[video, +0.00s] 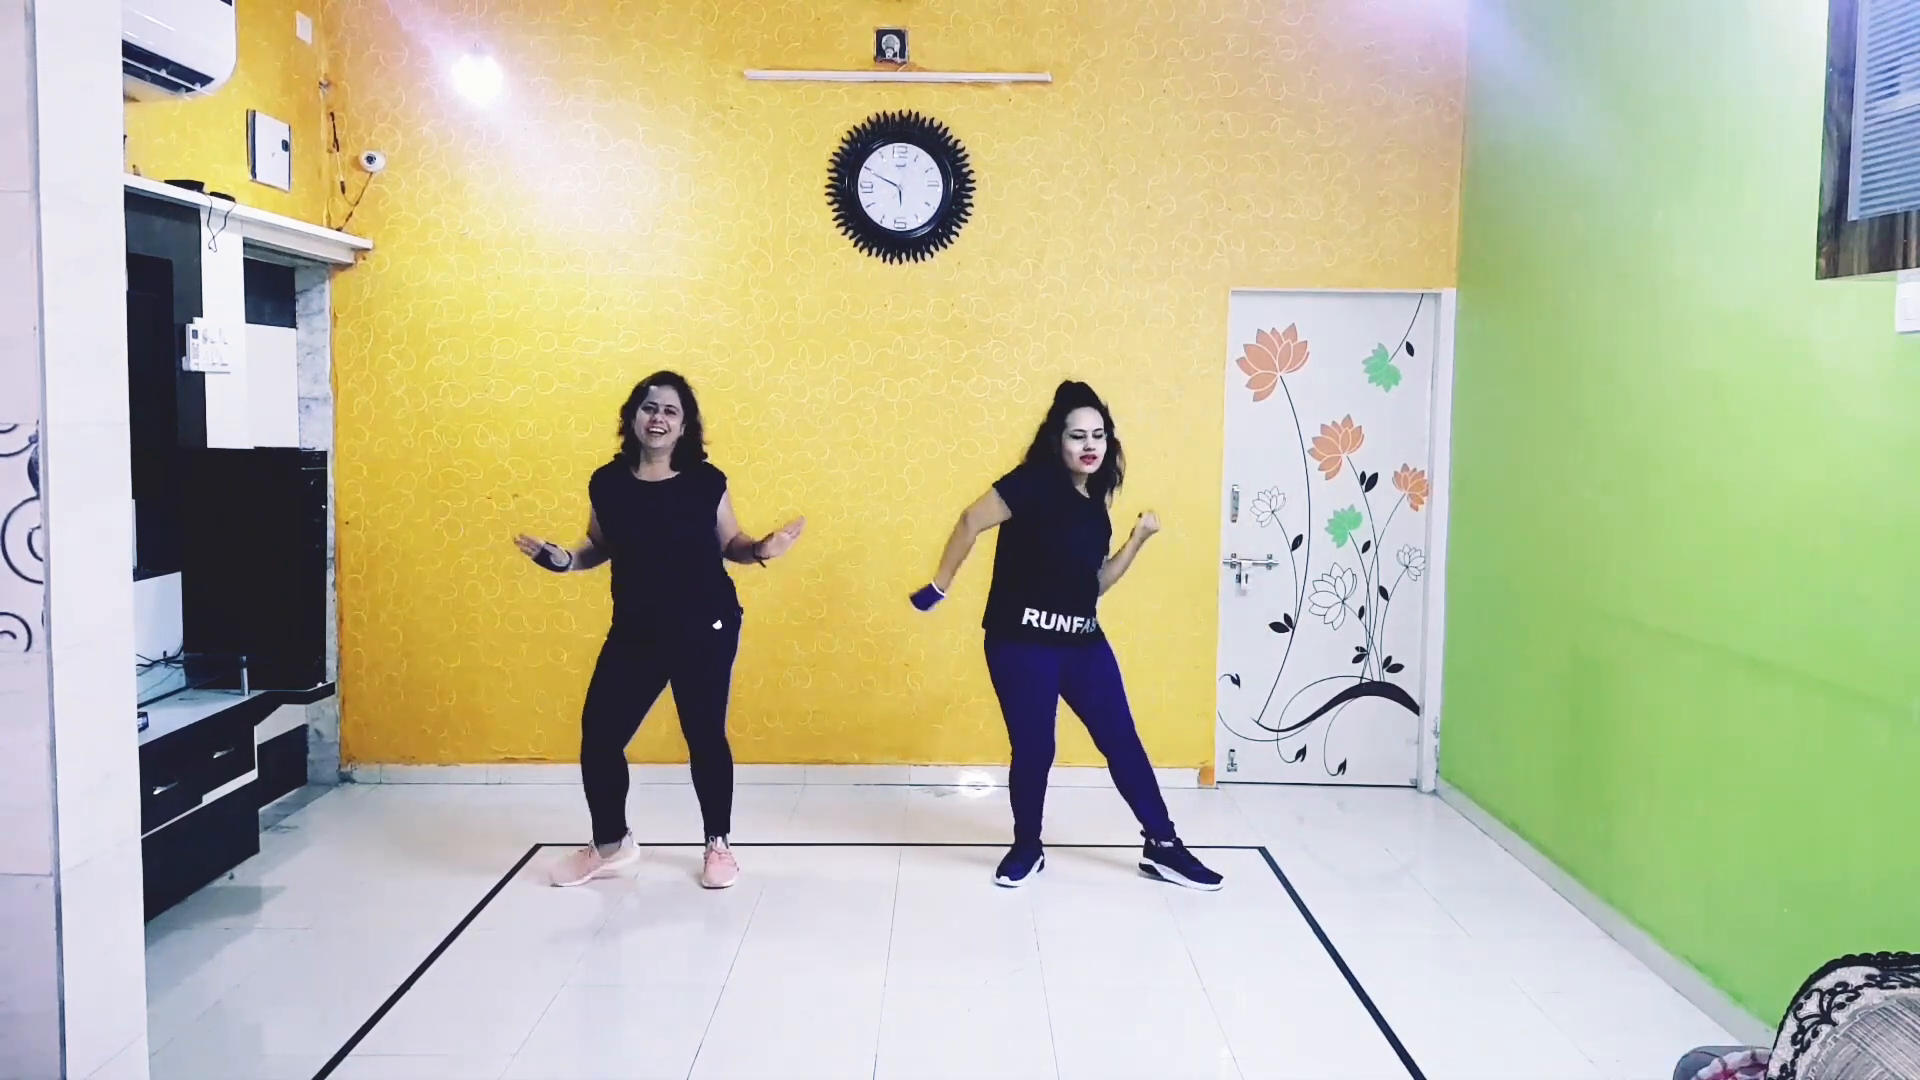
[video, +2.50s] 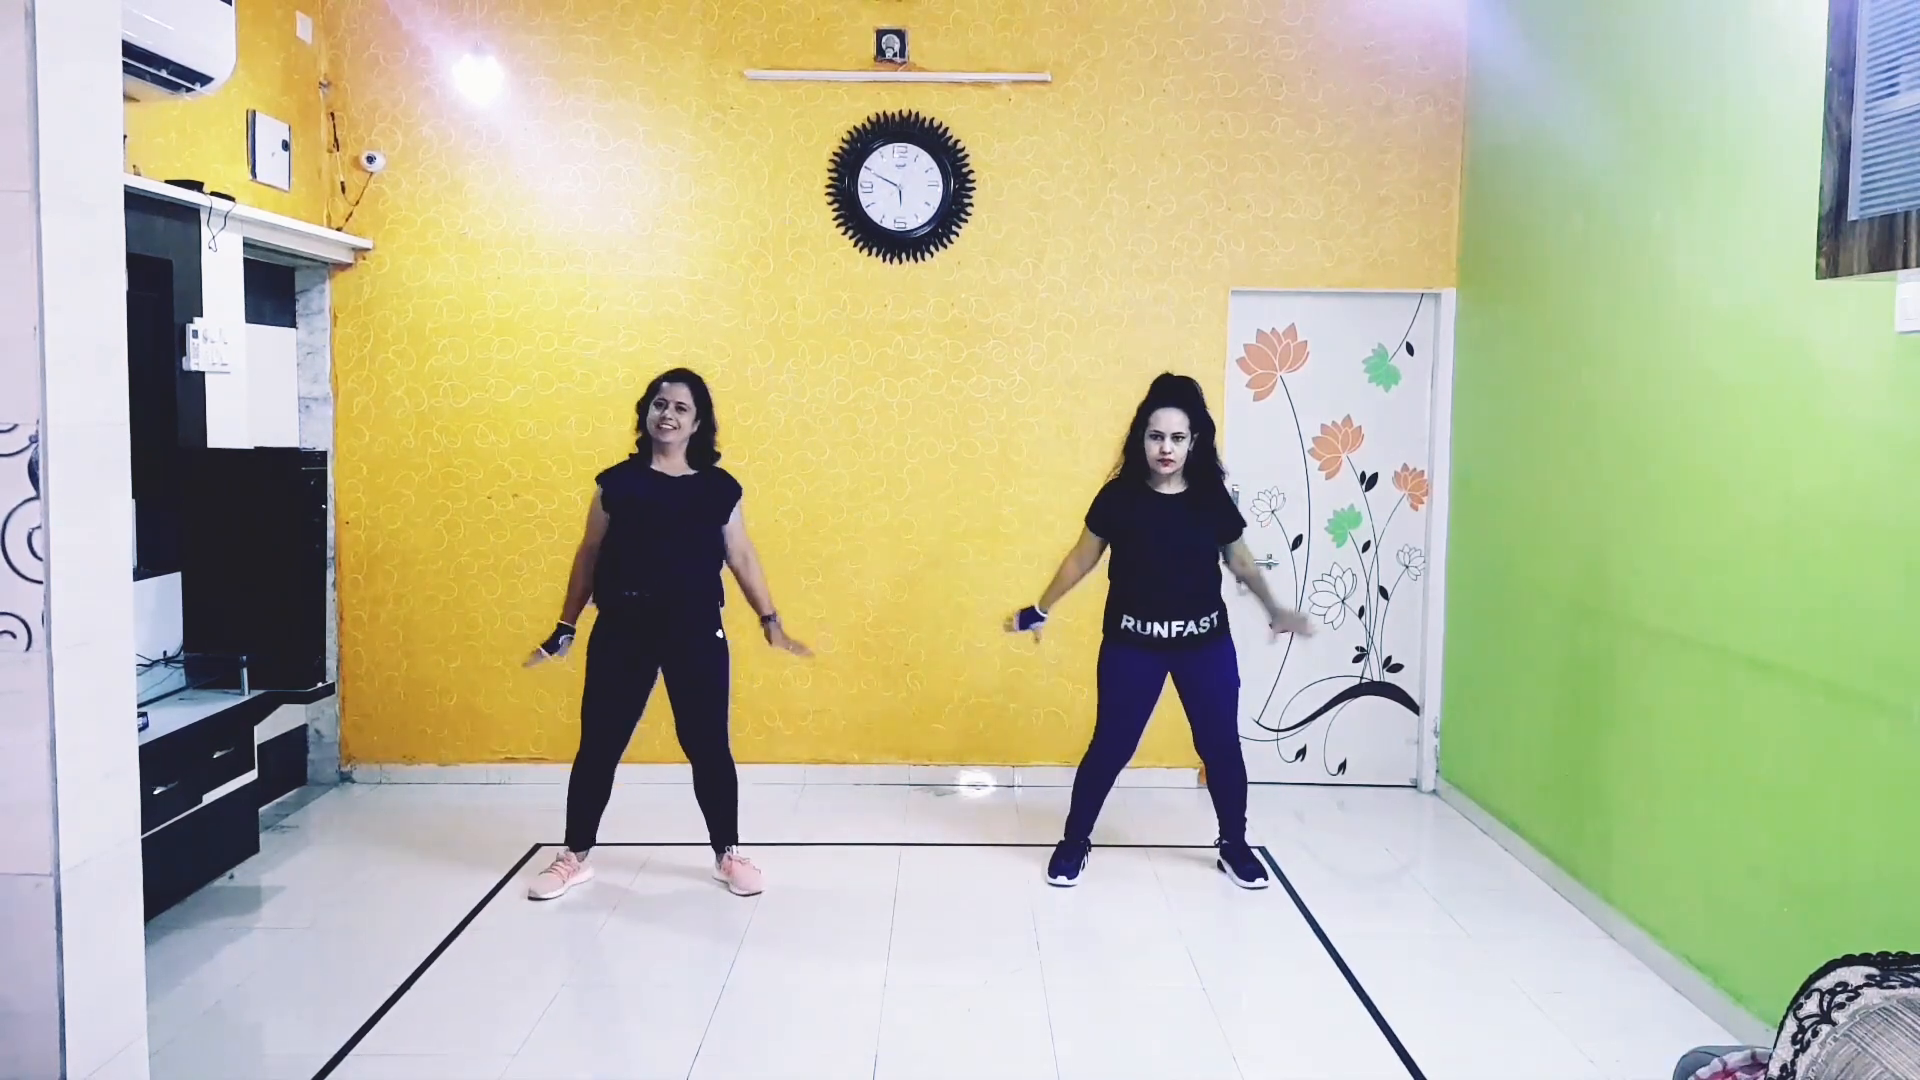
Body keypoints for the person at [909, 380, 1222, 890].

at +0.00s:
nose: (1090, 446)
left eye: (1099, 435)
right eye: (1078, 435)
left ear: (1109, 442)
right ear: (1056, 440)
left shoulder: (1096, 505)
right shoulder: (1030, 484)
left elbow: (1101, 580)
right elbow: (969, 524)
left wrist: (1136, 540)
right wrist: (940, 586)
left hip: (1081, 641)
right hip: (1021, 640)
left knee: (1122, 743)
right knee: (1033, 751)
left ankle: (1162, 842)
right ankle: (1027, 844)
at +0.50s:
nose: (1084, 446)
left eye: (1095, 437)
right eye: (1074, 436)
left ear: (1115, 444)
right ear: (1062, 444)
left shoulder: (1140, 501)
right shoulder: (1055, 500)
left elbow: (1186, 553)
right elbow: (992, 537)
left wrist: (1180, 606)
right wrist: (966, 491)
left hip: (1109, 646)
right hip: (1041, 638)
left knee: (1136, 752)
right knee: (1030, 745)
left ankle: (1175, 843)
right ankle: (1027, 843)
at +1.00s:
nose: (1126, 453)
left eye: (1138, 442)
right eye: (1116, 441)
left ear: (1157, 447)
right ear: (1103, 446)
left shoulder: (1185, 493)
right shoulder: (1104, 513)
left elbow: (1249, 524)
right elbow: (1093, 587)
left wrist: (1247, 593)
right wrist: (1037, 571)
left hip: (1179, 651)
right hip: (1110, 647)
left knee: (1181, 759)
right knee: (1070, 748)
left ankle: (1193, 846)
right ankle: (1029, 841)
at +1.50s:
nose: (1118, 437)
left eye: (1131, 429)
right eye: (1109, 424)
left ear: (1145, 438)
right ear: (1091, 428)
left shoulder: (1161, 489)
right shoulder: (1070, 493)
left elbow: (1203, 556)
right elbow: (1050, 566)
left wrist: (1252, 611)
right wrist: (1033, 628)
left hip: (1156, 640)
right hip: (1084, 638)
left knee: (1172, 748)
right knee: (1060, 745)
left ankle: (1190, 846)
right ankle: (1029, 843)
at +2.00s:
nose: (1142, 407)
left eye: (1152, 398)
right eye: (1134, 398)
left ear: (1170, 403)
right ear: (1119, 401)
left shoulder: (1188, 441)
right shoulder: (1103, 442)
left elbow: (1203, 394)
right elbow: (1118, 396)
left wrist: (1164, 335)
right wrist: (1140, 337)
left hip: (1181, 596)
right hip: (1110, 596)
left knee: (1196, 712)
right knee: (1089, 711)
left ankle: (1216, 824)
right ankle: (1061, 822)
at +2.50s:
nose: (1165, 447)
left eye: (1177, 437)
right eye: (1156, 435)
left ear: (1194, 442)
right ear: (1140, 438)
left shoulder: (1211, 498)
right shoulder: (1119, 498)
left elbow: (1242, 563)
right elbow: (1083, 557)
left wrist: (1275, 609)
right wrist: (1042, 606)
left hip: (1205, 645)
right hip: (1133, 645)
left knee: (1222, 748)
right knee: (1110, 749)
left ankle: (1235, 843)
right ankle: (1075, 841)